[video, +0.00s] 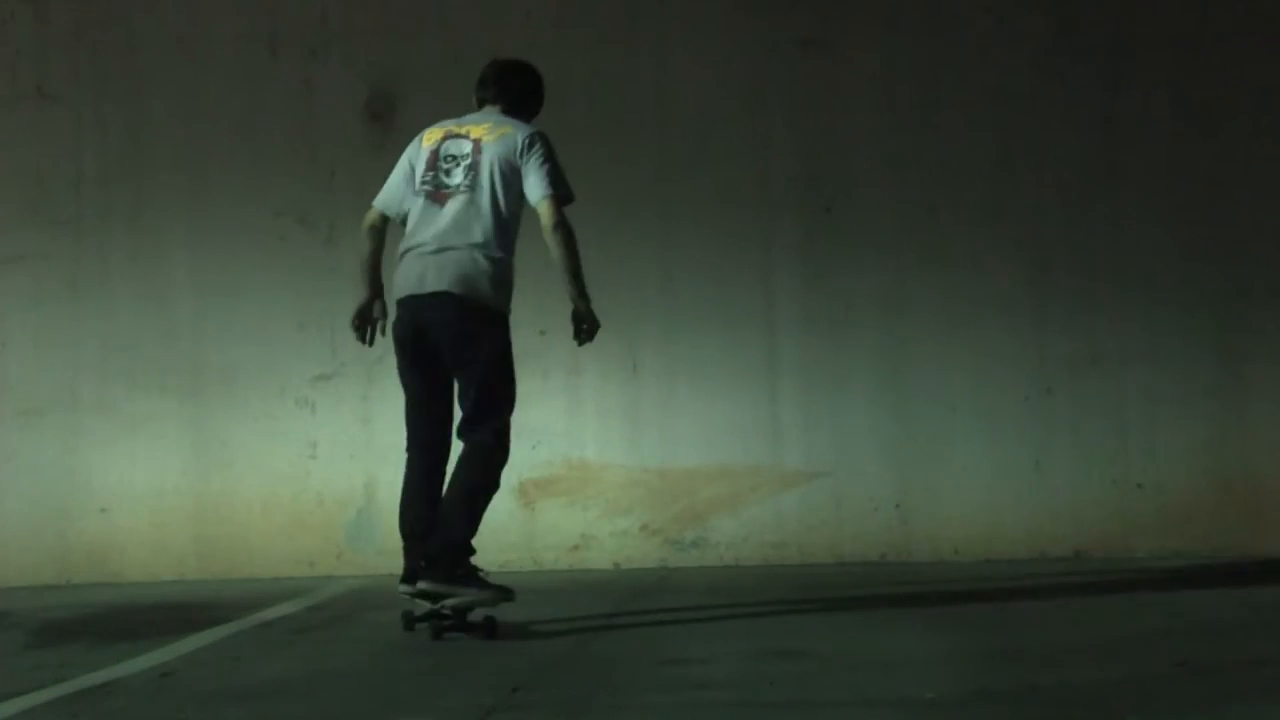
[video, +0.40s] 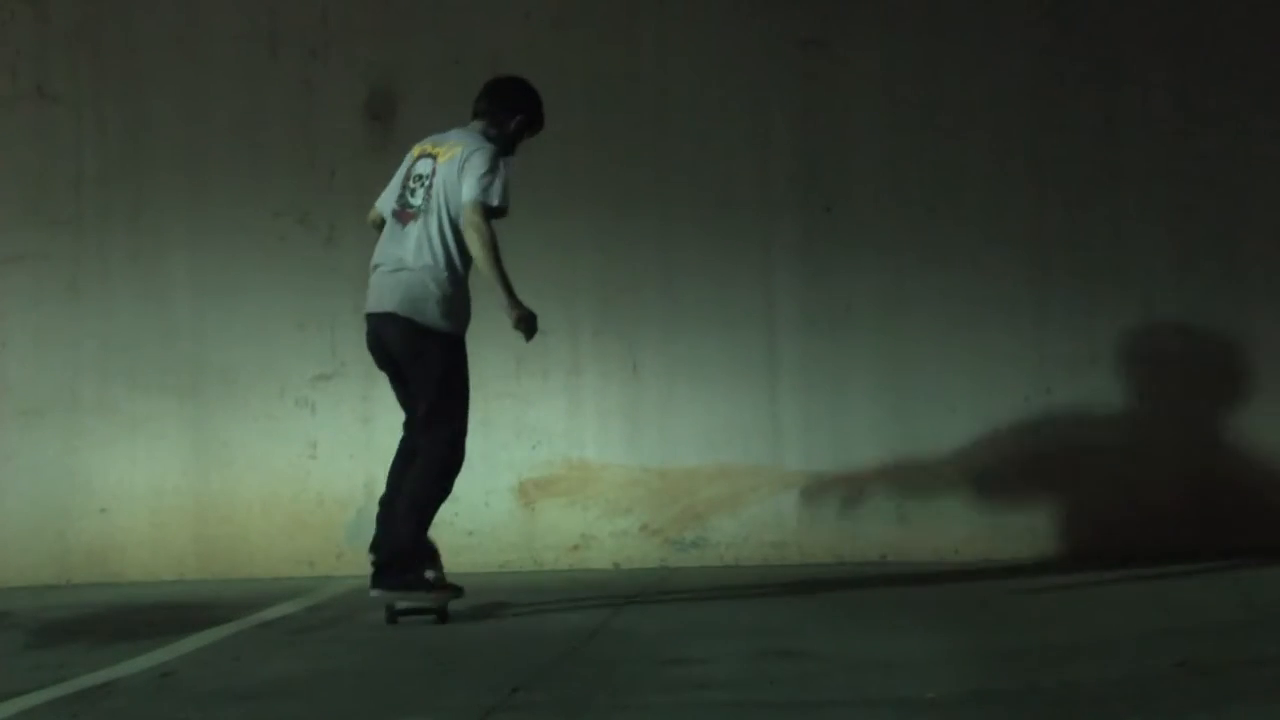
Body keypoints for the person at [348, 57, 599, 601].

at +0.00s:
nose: (532, 119)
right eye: (534, 111)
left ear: (480, 96)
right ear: (530, 105)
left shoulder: (430, 137)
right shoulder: (523, 139)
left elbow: (375, 220)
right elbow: (554, 221)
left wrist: (372, 292)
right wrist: (579, 299)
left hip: (411, 302)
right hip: (472, 301)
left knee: (423, 436)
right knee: (487, 433)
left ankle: (417, 567)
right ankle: (449, 558)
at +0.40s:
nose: (520, 146)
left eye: (527, 137)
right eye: (526, 134)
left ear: (478, 112)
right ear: (514, 121)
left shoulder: (424, 148)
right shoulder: (483, 153)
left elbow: (378, 216)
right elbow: (472, 217)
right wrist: (512, 302)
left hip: (384, 313)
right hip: (427, 315)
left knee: (421, 429)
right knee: (444, 438)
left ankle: (394, 556)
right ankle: (402, 564)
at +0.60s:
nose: (513, 162)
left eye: (519, 152)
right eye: (517, 150)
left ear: (474, 129)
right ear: (502, 138)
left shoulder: (432, 160)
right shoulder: (469, 170)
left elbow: (416, 234)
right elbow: (465, 232)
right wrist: (514, 305)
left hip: (387, 318)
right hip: (412, 327)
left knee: (470, 391)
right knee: (424, 446)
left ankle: (428, 501)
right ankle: (387, 573)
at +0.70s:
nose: (512, 169)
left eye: (517, 159)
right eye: (514, 158)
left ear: (475, 137)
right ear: (500, 145)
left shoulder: (434, 167)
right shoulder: (467, 182)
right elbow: (484, 252)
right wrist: (544, 317)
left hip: (405, 325)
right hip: (408, 334)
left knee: (487, 397)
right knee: (426, 456)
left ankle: (461, 500)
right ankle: (405, 569)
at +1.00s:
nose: (515, 171)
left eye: (519, 161)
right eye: (515, 159)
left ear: (481, 145)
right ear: (495, 150)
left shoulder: (441, 172)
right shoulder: (458, 189)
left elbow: (408, 216)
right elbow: (477, 274)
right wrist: (547, 315)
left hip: (439, 327)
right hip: (407, 337)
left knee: (518, 391)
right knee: (435, 451)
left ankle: (513, 500)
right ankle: (441, 567)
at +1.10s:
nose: (515, 169)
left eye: (520, 159)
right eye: (515, 157)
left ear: (482, 146)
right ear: (492, 149)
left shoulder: (449, 174)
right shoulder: (448, 187)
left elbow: (445, 221)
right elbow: (448, 277)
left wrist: (482, 245)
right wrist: (512, 333)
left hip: (442, 330)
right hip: (405, 337)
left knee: (517, 387)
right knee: (435, 450)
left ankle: (513, 496)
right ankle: (441, 566)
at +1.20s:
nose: (511, 168)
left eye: (515, 158)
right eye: (510, 156)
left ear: (480, 146)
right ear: (484, 146)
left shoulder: (454, 183)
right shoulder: (438, 185)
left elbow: (467, 218)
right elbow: (410, 268)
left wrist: (526, 231)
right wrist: (442, 344)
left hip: (441, 321)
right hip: (403, 332)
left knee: (521, 374)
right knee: (438, 447)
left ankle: (500, 482)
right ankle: (442, 566)